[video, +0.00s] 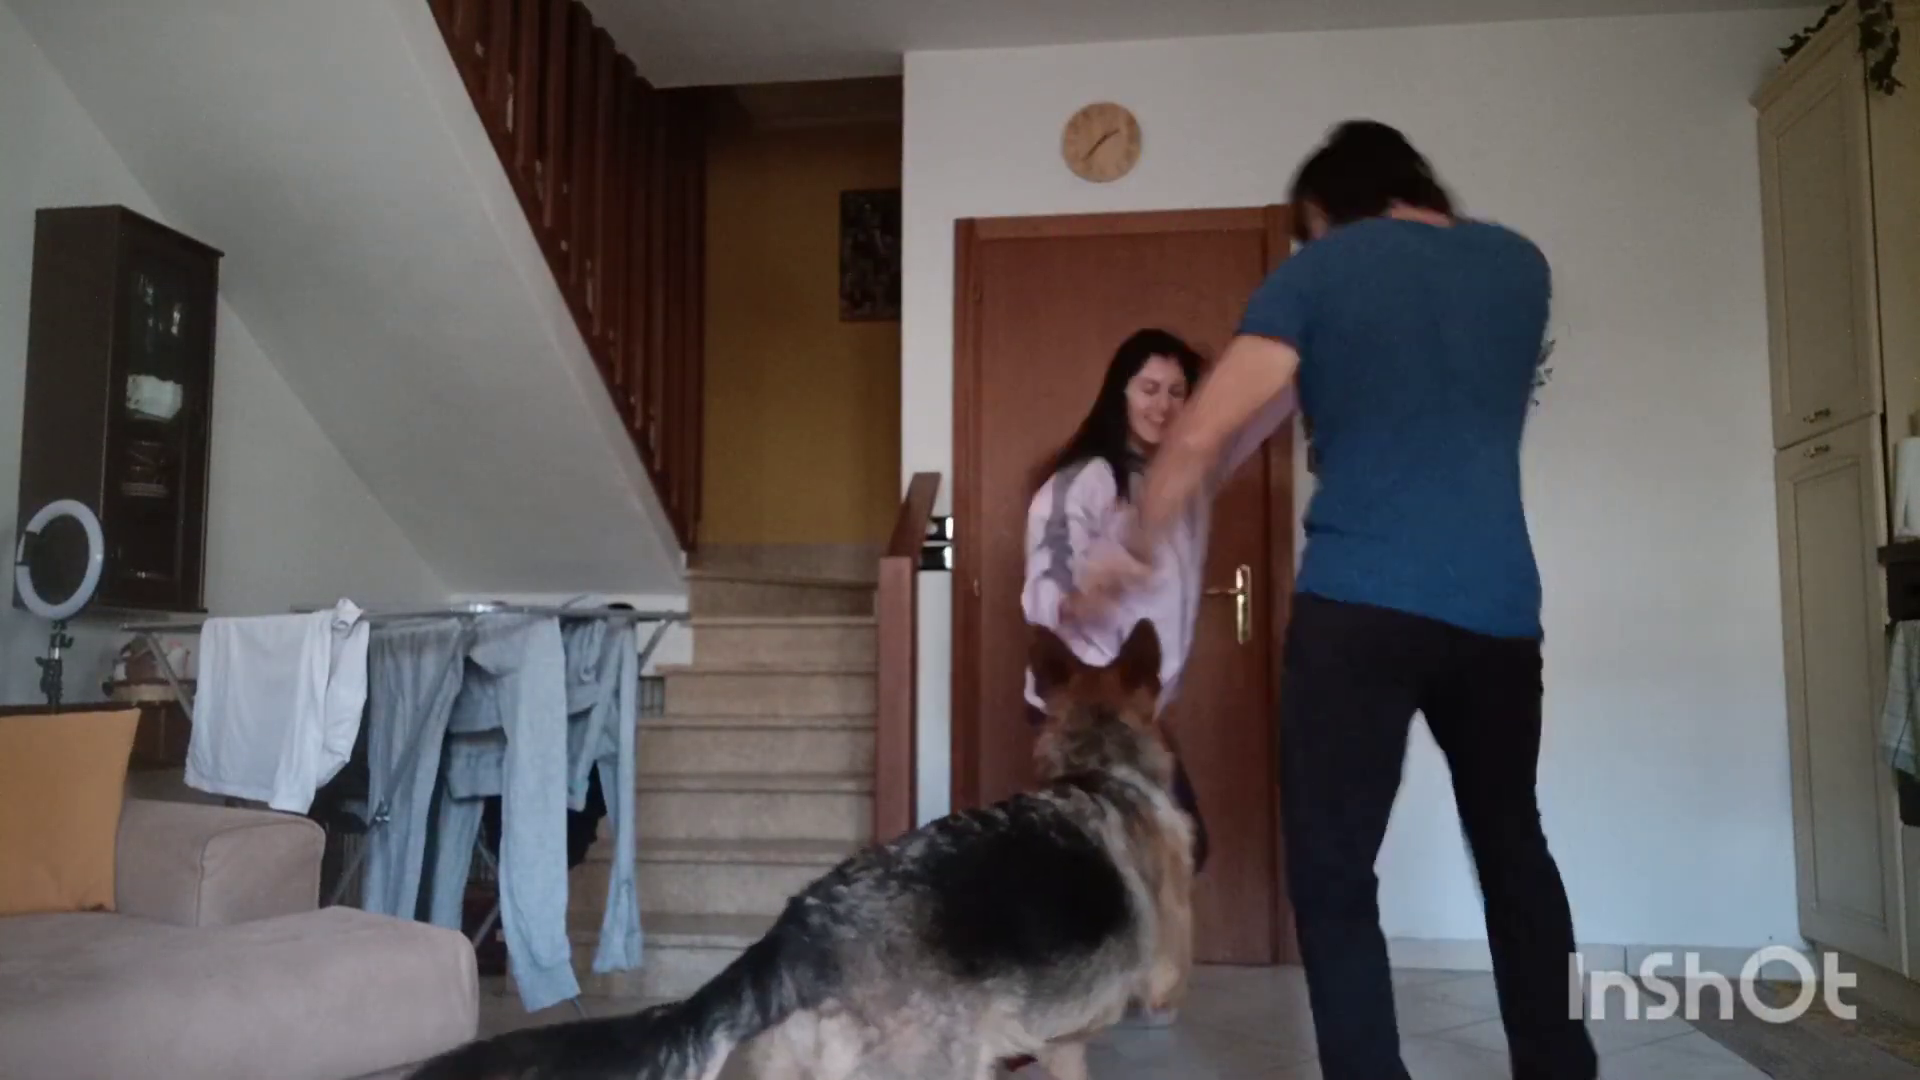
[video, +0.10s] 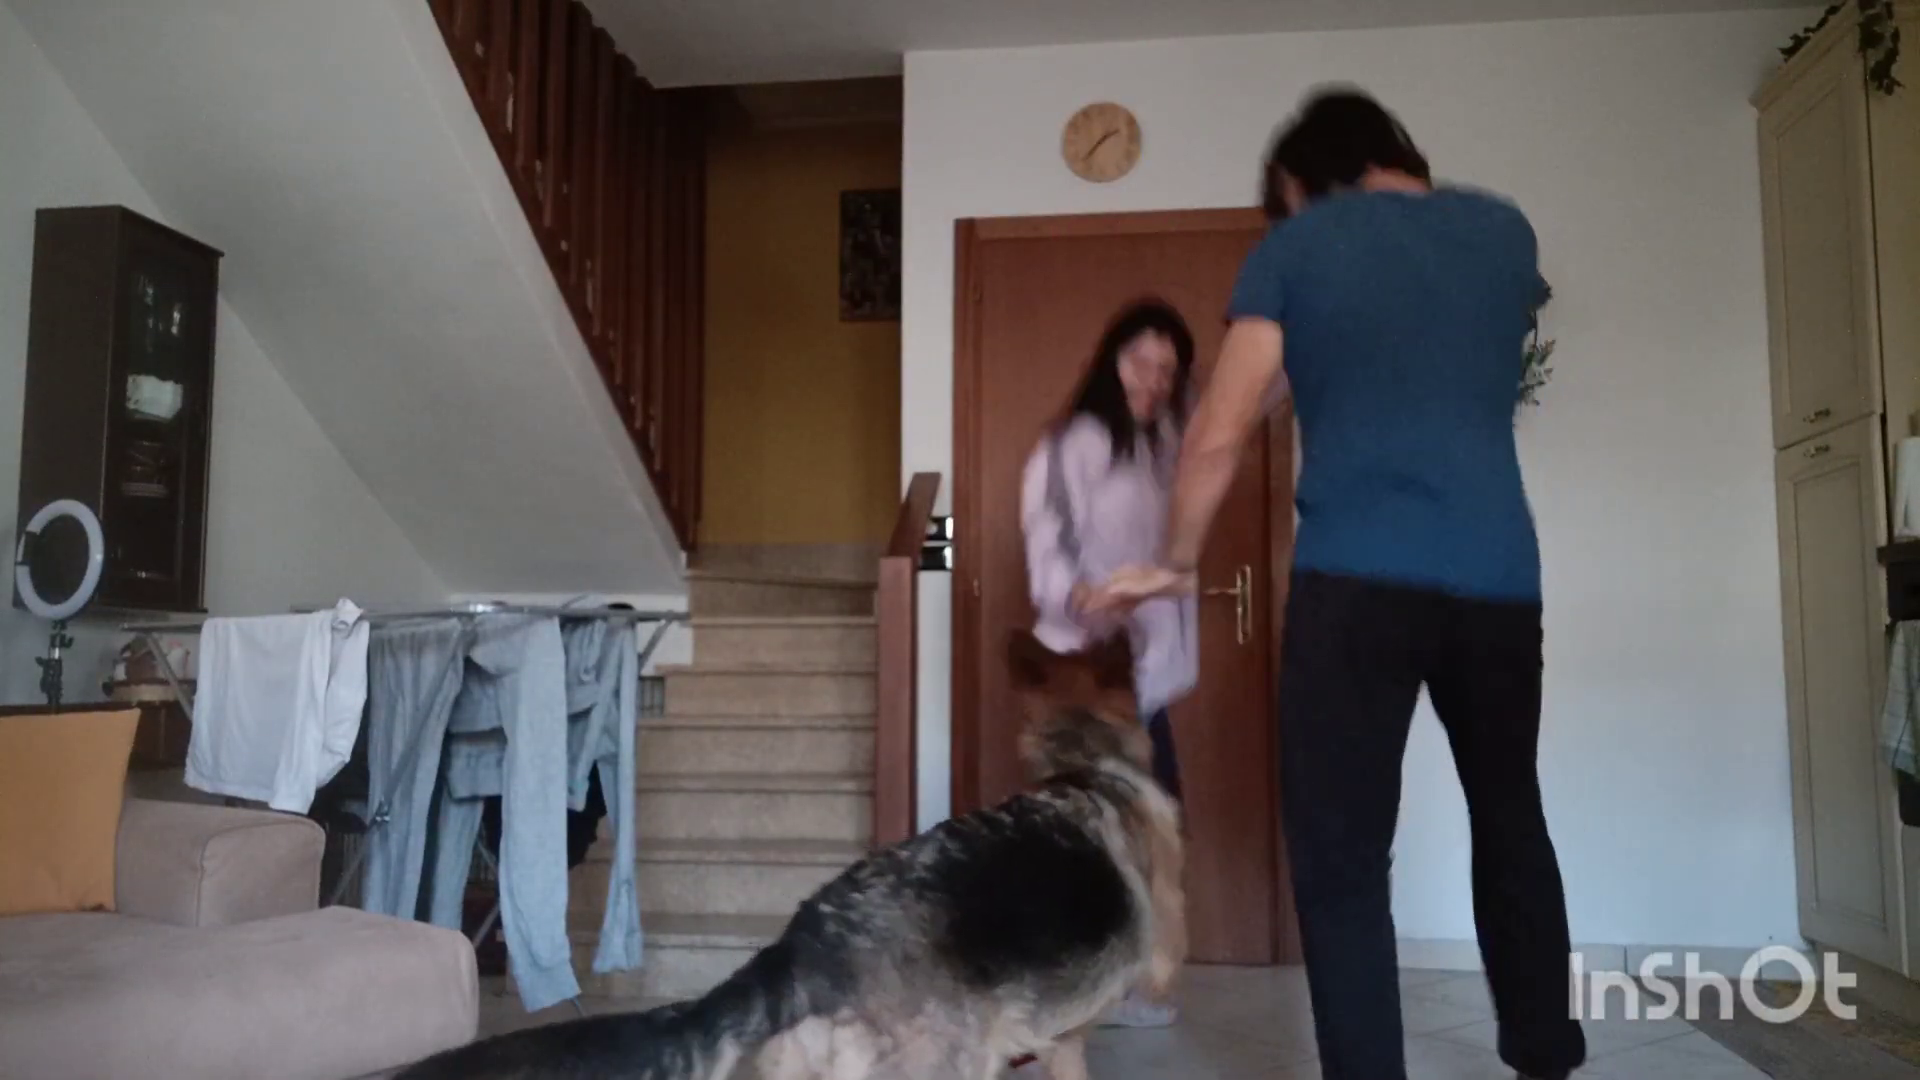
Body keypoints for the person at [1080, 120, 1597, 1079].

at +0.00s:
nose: (1311, 247)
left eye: (1309, 230)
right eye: (1308, 233)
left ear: (1332, 214)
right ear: (1422, 198)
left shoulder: (1314, 273)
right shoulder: (1520, 263)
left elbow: (1193, 445)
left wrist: (1136, 546)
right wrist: (1439, 230)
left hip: (1358, 612)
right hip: (1495, 620)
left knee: (1332, 876)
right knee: (1516, 854)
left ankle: (1367, 1070)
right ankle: (1558, 1067)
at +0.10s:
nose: (1292, 221)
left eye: (1287, 206)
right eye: (1289, 209)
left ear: (1306, 185)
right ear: (1401, 162)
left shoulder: (1294, 248)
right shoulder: (1502, 225)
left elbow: (1220, 431)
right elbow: (1518, 325)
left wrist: (1176, 564)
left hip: (1356, 587)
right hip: (1496, 587)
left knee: (1341, 857)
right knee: (1512, 821)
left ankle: (1366, 1067)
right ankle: (1545, 1058)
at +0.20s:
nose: (1269, 203)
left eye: (1266, 185)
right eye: (1264, 187)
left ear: (1296, 155)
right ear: (1381, 136)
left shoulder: (1284, 225)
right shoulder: (1497, 207)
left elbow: (1232, 423)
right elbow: (1521, 314)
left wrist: (1201, 554)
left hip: (1354, 566)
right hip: (1498, 567)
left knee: (1348, 841)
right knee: (1512, 807)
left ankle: (1360, 1066)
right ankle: (1547, 1052)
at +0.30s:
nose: (1264, 215)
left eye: (1260, 193)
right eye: (1256, 197)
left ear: (1285, 164)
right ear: (1377, 144)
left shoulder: (1284, 239)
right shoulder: (1491, 221)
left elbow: (1246, 434)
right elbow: (1526, 306)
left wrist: (1211, 569)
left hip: (1352, 585)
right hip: (1493, 586)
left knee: (1343, 866)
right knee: (1514, 840)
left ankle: (1369, 1068)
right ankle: (1574, 1067)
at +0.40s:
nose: (1265, 224)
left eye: (1263, 202)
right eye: (1258, 204)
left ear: (1290, 178)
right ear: (1376, 159)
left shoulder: (1299, 254)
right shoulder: (1493, 236)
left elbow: (1261, 463)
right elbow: (1489, 402)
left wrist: (1241, 597)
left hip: (1360, 605)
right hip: (1501, 611)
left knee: (1331, 878)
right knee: (1516, 863)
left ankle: (1364, 1069)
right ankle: (1586, 1066)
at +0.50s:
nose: (1276, 211)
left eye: (1274, 183)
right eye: (1267, 190)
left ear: (1310, 151)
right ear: (1390, 137)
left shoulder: (1327, 228)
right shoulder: (1505, 215)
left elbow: (1309, 432)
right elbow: (1501, 394)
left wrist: (1267, 562)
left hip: (1382, 588)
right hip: (1516, 594)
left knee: (1343, 867)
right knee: (1528, 853)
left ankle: (1362, 1068)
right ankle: (1603, 1066)